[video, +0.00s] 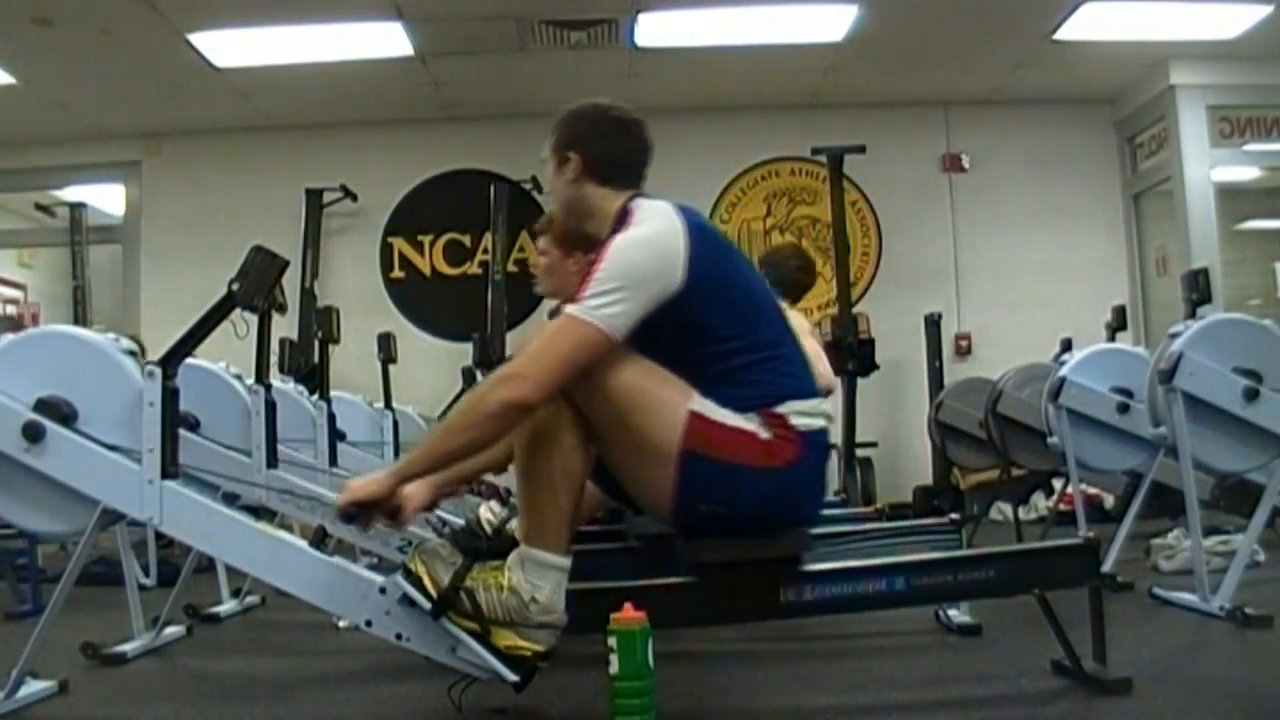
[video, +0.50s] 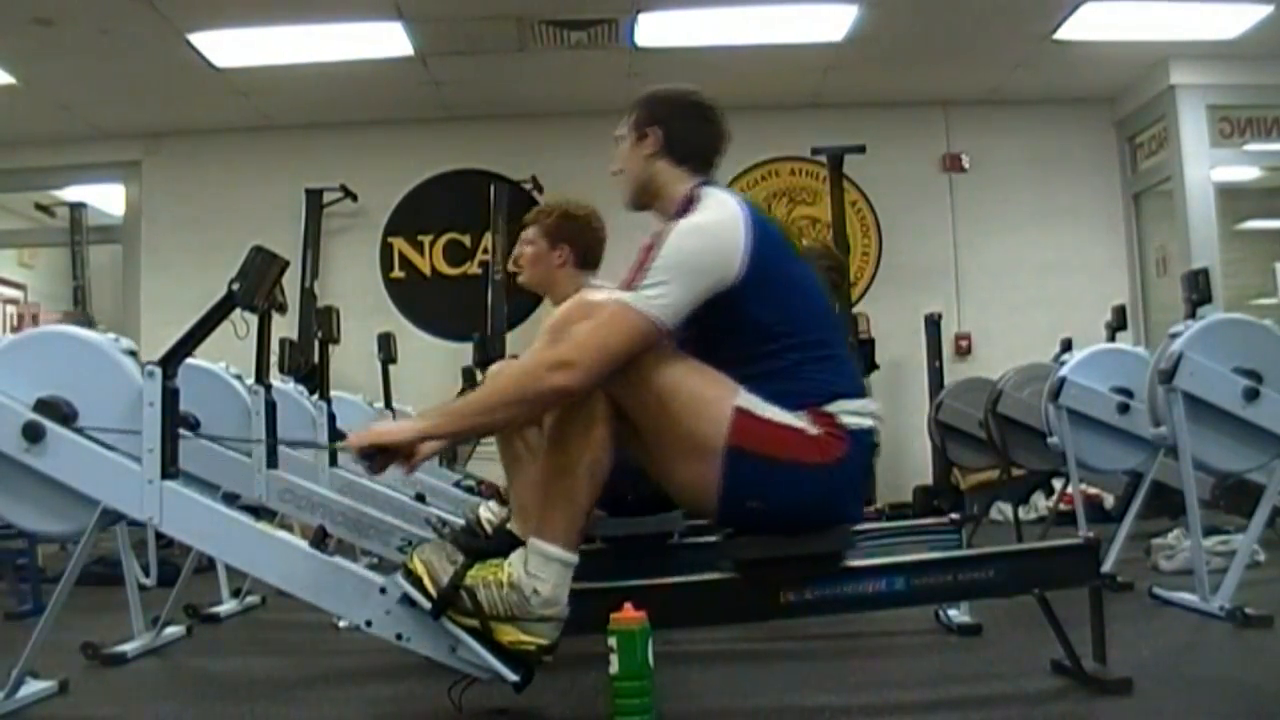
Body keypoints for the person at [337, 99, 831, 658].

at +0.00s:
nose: (548, 189)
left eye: (550, 171)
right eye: (549, 173)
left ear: (575, 168)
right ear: (621, 168)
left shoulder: (653, 235)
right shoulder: (648, 237)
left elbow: (522, 391)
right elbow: (535, 409)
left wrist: (394, 474)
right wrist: (430, 487)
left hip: (767, 465)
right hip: (755, 460)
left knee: (559, 363)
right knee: (559, 364)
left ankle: (537, 592)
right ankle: (537, 586)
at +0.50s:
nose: (616, 162)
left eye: (624, 144)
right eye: (619, 147)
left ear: (653, 143)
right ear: (676, 148)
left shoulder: (712, 225)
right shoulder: (676, 236)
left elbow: (569, 374)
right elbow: (558, 364)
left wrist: (420, 428)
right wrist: (436, 434)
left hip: (816, 458)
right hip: (769, 454)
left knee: (591, 347)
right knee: (570, 325)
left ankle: (541, 586)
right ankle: (530, 563)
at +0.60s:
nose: (663, 153)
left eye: (670, 135)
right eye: (666, 137)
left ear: (701, 136)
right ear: (718, 142)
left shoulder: (761, 219)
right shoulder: (724, 232)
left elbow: (618, 361)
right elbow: (602, 354)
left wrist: (459, 416)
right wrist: (472, 420)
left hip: (853, 454)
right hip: (807, 449)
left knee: (622, 355)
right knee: (606, 321)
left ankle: (544, 587)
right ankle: (535, 564)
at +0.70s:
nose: (711, 144)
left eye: (721, 127)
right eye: (716, 128)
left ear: (754, 130)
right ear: (765, 135)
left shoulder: (811, 214)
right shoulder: (785, 218)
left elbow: (663, 343)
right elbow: (659, 339)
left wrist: (509, 398)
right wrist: (517, 399)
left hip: (891, 447)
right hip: (848, 437)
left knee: (654, 381)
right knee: (635, 382)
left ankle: (547, 591)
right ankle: (541, 579)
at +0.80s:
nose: (761, 144)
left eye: (770, 126)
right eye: (764, 128)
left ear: (807, 128)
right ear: (821, 135)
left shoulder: (859, 212)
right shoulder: (832, 219)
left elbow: (704, 332)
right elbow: (702, 337)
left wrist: (548, 383)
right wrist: (558, 392)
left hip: (930, 441)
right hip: (880, 433)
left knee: (684, 399)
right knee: (666, 402)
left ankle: (544, 601)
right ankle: (538, 587)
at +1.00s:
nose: (834, 145)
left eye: (843, 125)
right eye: (840, 128)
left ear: (876, 126)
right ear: (889, 131)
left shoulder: (928, 213)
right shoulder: (898, 220)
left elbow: (781, 325)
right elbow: (779, 321)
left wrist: (628, 375)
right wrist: (642, 387)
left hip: (977, 448)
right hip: (937, 441)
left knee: (716, 443)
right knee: (703, 443)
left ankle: (534, 611)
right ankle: (528, 605)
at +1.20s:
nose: (850, 172)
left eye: (859, 156)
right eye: (855, 158)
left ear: (894, 157)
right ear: (905, 164)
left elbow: (811, 359)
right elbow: (796, 358)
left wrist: (664, 392)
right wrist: (666, 400)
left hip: (952, 472)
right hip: (901, 466)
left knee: (696, 520)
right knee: (685, 515)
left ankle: (477, 637)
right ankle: (475, 631)